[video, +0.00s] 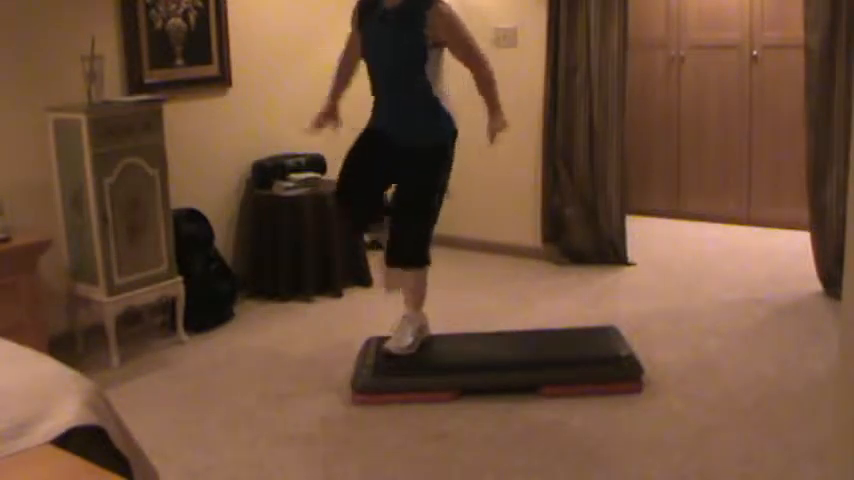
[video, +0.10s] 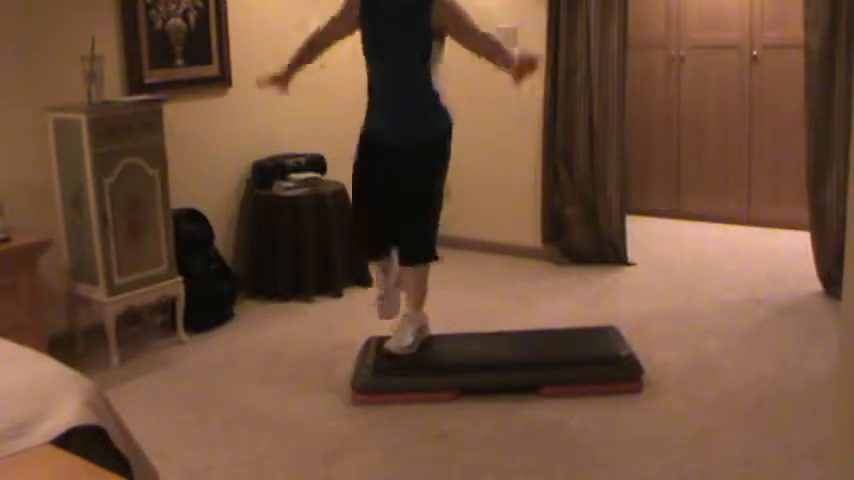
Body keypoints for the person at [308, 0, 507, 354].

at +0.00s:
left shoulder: (434, 12)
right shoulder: (366, 11)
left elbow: (478, 63)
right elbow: (350, 58)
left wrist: (494, 110)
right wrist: (332, 101)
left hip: (429, 134)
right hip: (384, 130)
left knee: (410, 228)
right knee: (349, 201)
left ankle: (414, 318)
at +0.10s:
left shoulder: (436, 7)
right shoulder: (362, 7)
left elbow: (472, 35)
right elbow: (326, 35)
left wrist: (509, 61)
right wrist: (289, 69)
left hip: (425, 128)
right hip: (379, 127)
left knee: (415, 223)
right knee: (367, 216)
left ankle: (414, 316)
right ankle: (386, 270)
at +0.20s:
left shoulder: (435, 11)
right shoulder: (362, 8)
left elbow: (489, 28)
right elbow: (313, 22)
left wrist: (528, 21)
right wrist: (264, 35)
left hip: (425, 135)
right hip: (377, 136)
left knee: (412, 230)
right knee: (380, 228)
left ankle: (414, 318)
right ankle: (381, 305)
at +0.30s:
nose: (404, 7)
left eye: (410, 3)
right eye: (398, 2)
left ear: (419, 3)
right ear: (386, 1)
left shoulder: (434, 32)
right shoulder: (362, 29)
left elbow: (489, 25)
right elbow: (309, 27)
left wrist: (527, 5)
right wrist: (264, 15)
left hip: (425, 149)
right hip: (378, 151)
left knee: (412, 233)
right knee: (382, 237)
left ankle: (415, 318)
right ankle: (385, 312)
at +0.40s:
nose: (424, 8)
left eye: (426, 3)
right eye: (416, 2)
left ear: (425, 9)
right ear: (391, 6)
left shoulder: (431, 46)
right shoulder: (363, 46)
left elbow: (484, 42)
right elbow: (313, 49)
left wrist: (524, 19)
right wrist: (278, 31)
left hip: (428, 154)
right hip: (383, 158)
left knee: (425, 226)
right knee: (391, 244)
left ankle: (426, 311)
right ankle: (383, 320)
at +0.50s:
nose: (433, 5)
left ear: (433, 5)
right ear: (402, 3)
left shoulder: (441, 40)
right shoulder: (371, 41)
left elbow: (484, 55)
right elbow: (323, 59)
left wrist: (524, 60)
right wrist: (291, 72)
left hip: (434, 149)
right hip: (387, 152)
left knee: (447, 226)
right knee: (391, 238)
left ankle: (444, 299)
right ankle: (382, 316)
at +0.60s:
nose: (446, 3)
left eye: (446, 1)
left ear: (444, 5)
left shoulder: (453, 34)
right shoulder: (386, 32)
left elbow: (486, 68)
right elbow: (333, 68)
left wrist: (513, 100)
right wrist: (309, 115)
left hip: (442, 145)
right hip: (396, 147)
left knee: (464, 224)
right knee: (393, 232)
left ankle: (462, 295)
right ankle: (382, 313)